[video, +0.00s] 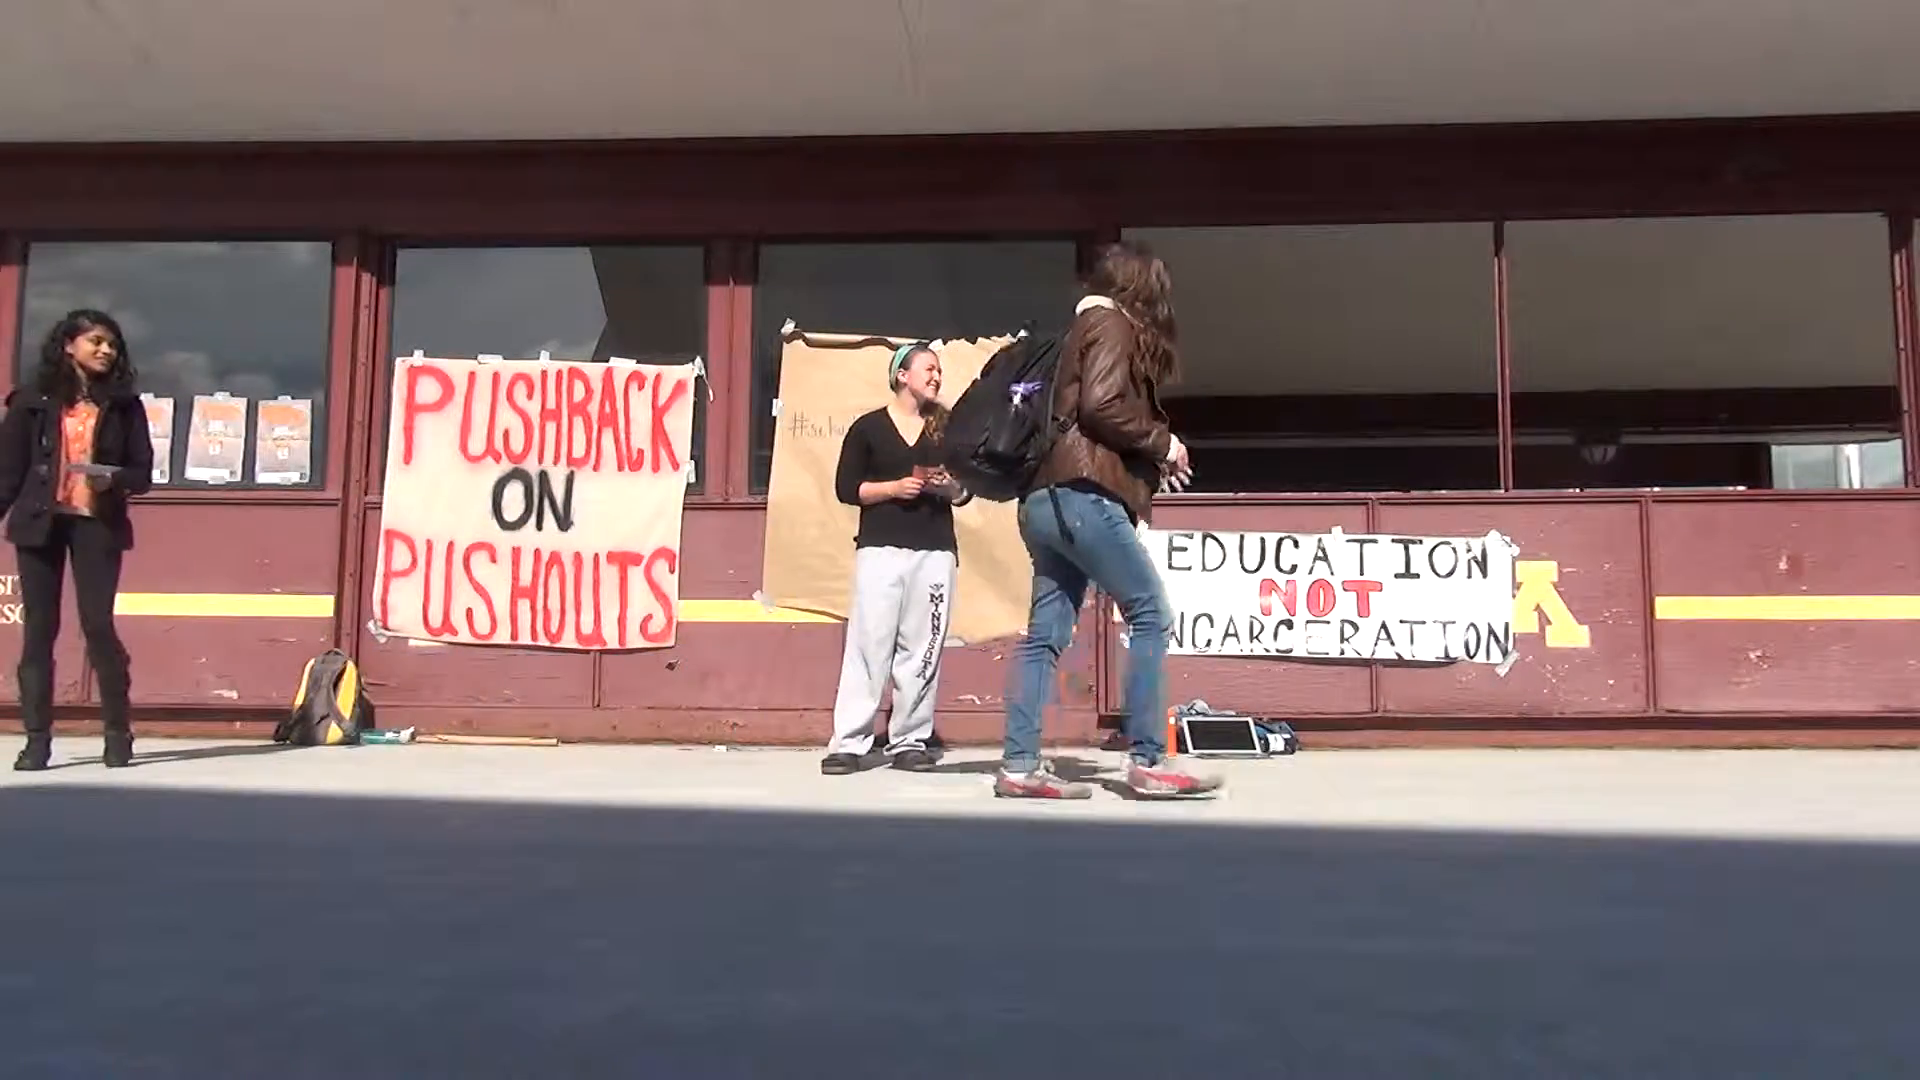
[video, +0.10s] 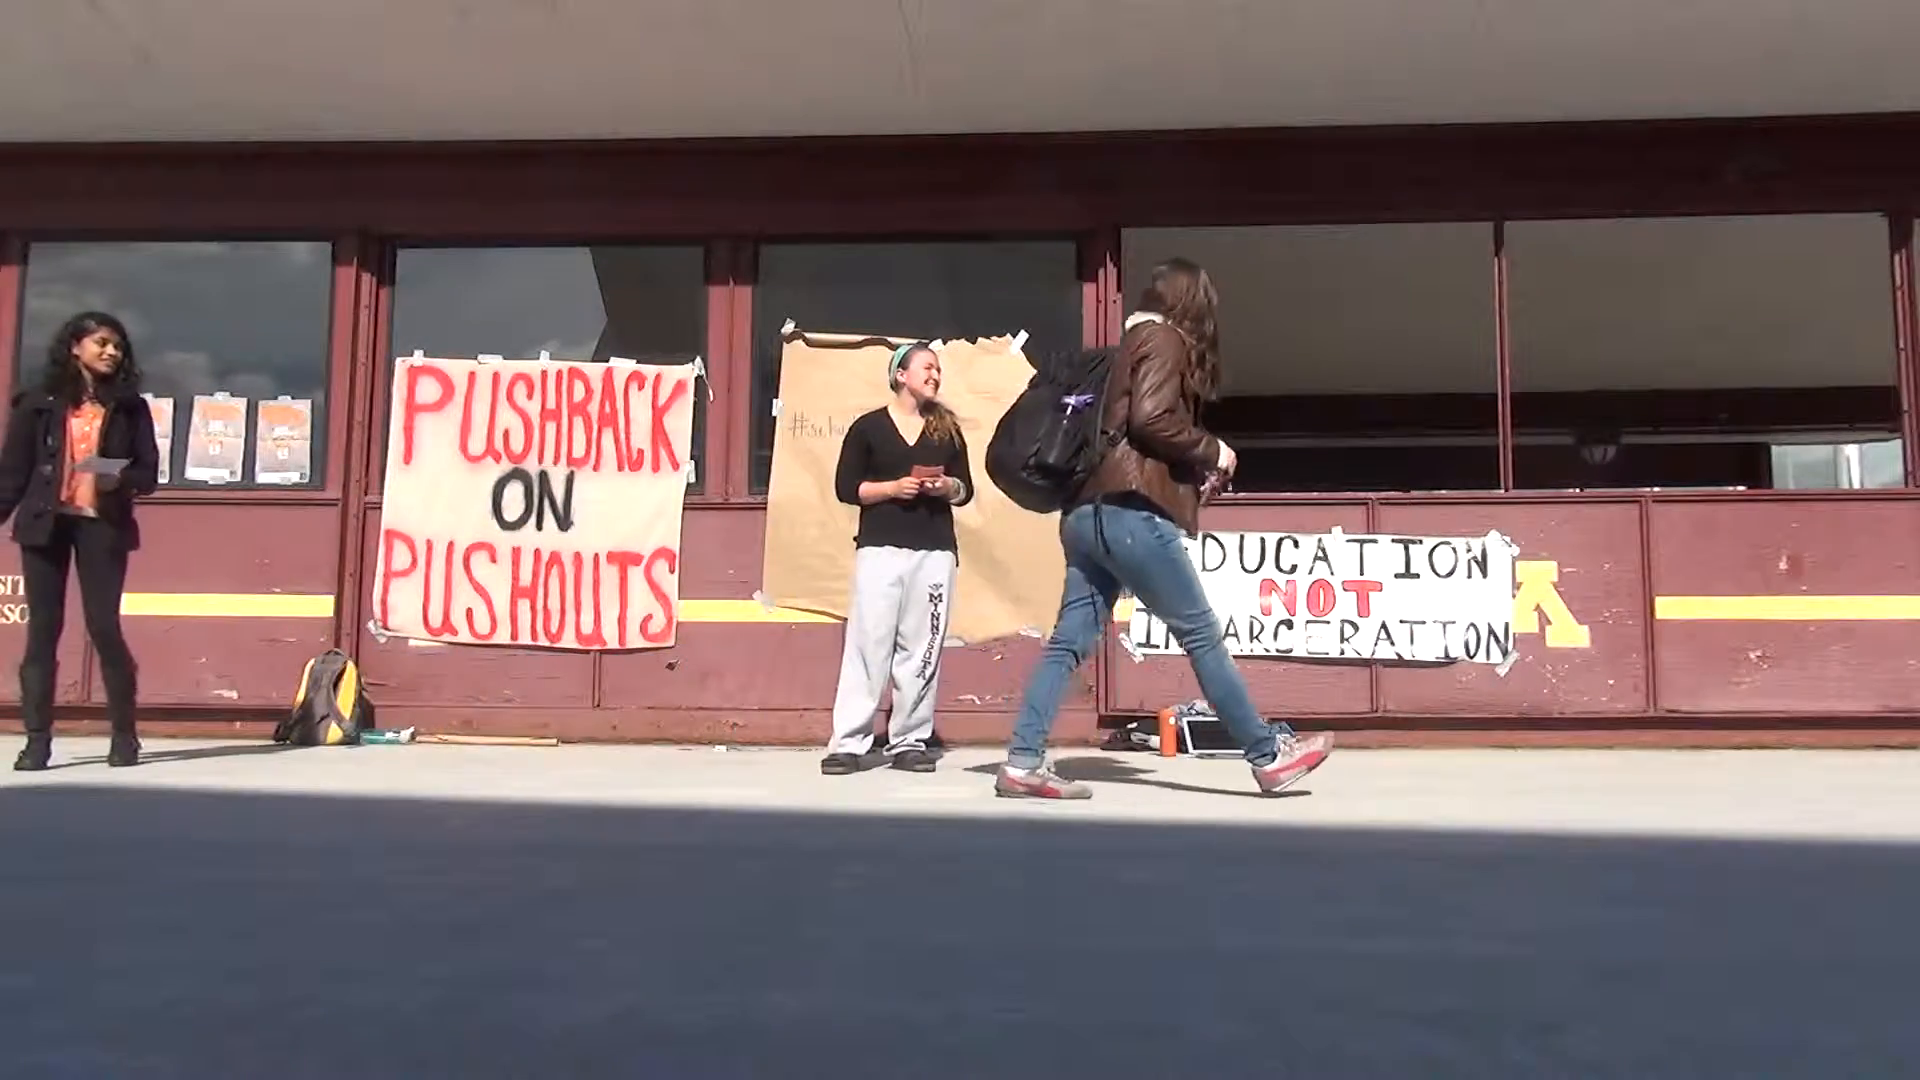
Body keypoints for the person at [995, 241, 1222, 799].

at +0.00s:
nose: (1159, 298)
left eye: (1158, 286)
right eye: (1156, 287)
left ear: (1101, 282)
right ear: (1141, 285)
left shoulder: (1076, 329)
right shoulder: (1112, 325)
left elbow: (1077, 421)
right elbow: (1101, 403)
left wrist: (1150, 462)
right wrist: (1161, 442)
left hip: (1042, 501)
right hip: (1085, 497)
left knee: (1044, 638)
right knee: (1151, 616)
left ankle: (1020, 768)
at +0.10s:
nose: (1208, 315)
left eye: (1208, 304)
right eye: (1206, 304)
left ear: (1154, 296)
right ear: (1193, 302)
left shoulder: (1126, 344)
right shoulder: (1165, 341)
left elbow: (1125, 436)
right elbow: (1152, 417)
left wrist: (1191, 476)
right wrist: (1212, 451)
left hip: (1083, 515)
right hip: (1134, 514)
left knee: (1068, 645)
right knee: (1202, 637)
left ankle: (1021, 765)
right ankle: (1270, 758)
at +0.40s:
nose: (1359, 304)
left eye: (1357, 294)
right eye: (1357, 294)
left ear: (1301, 289)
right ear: (1346, 294)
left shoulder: (1275, 339)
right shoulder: (1331, 338)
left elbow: (1250, 423)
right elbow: (1320, 419)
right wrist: (1364, 455)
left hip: (1243, 507)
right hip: (1296, 506)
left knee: (1283, 635)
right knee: (1312, 638)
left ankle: (1195, 719)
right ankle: (1298, 767)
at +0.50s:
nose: (1400, 303)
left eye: (1398, 293)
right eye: (1398, 293)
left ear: (1344, 286)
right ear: (1387, 292)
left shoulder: (1314, 338)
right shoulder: (1377, 336)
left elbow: (1284, 418)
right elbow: (1368, 412)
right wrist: (1405, 451)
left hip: (1284, 501)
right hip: (1337, 504)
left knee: (1365, 626)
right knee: (1326, 635)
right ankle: (1298, 766)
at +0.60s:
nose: (1448, 308)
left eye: (1444, 298)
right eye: (1444, 299)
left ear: (1390, 298)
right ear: (1433, 302)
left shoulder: (1363, 347)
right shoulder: (1427, 348)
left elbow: (1332, 424)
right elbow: (1419, 425)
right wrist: (1449, 468)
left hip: (1328, 510)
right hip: (1378, 512)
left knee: (1412, 635)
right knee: (1344, 640)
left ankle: (1454, 758)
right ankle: (1300, 765)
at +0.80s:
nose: (1538, 321)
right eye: (1533, 312)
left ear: (1478, 315)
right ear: (1524, 314)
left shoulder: (1454, 364)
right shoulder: (1519, 361)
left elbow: (1431, 440)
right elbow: (1517, 435)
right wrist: (1548, 479)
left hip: (1433, 524)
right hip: (1483, 522)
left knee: (1522, 635)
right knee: (1452, 648)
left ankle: (1543, 762)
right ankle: (1352, 732)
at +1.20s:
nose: (1709, 322)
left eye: (1703, 312)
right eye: (1706, 313)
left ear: (1650, 317)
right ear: (1697, 315)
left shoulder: (1625, 364)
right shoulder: (1698, 358)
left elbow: (1603, 439)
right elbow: (1689, 429)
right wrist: (1723, 475)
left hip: (1595, 523)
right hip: (1663, 526)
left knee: (1578, 645)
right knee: (1733, 641)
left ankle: (1543, 760)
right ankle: (1799, 758)